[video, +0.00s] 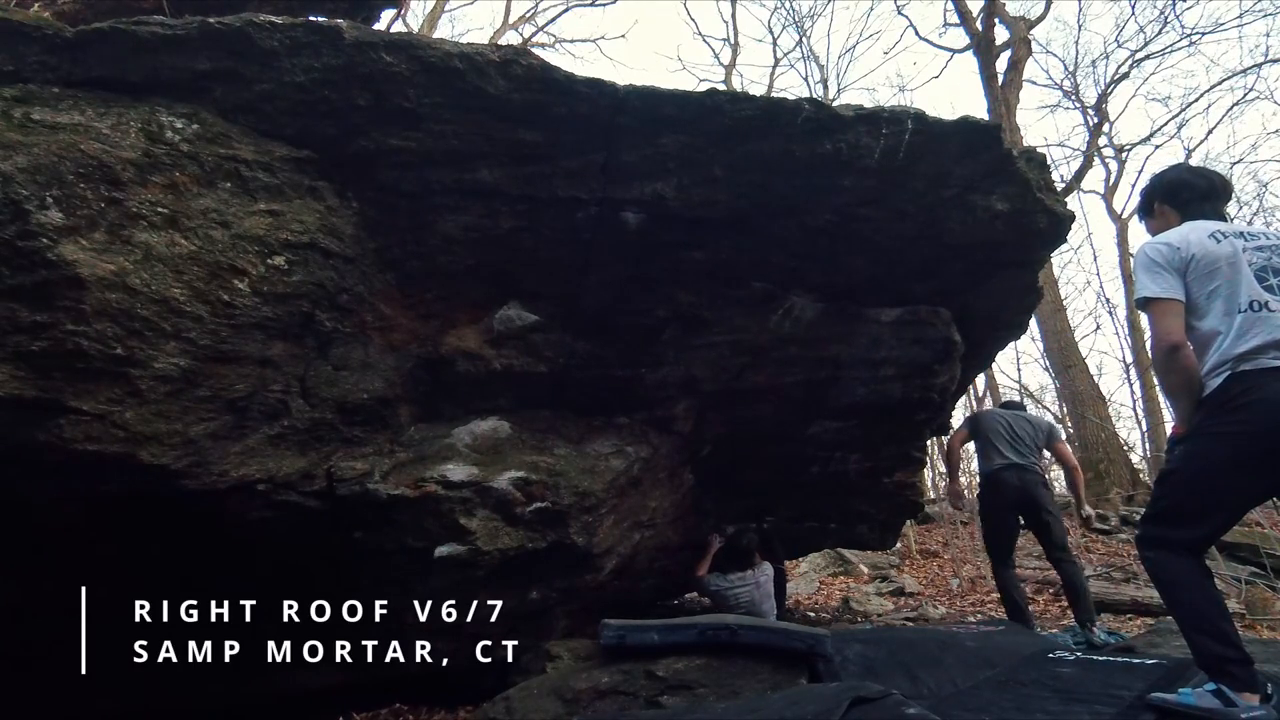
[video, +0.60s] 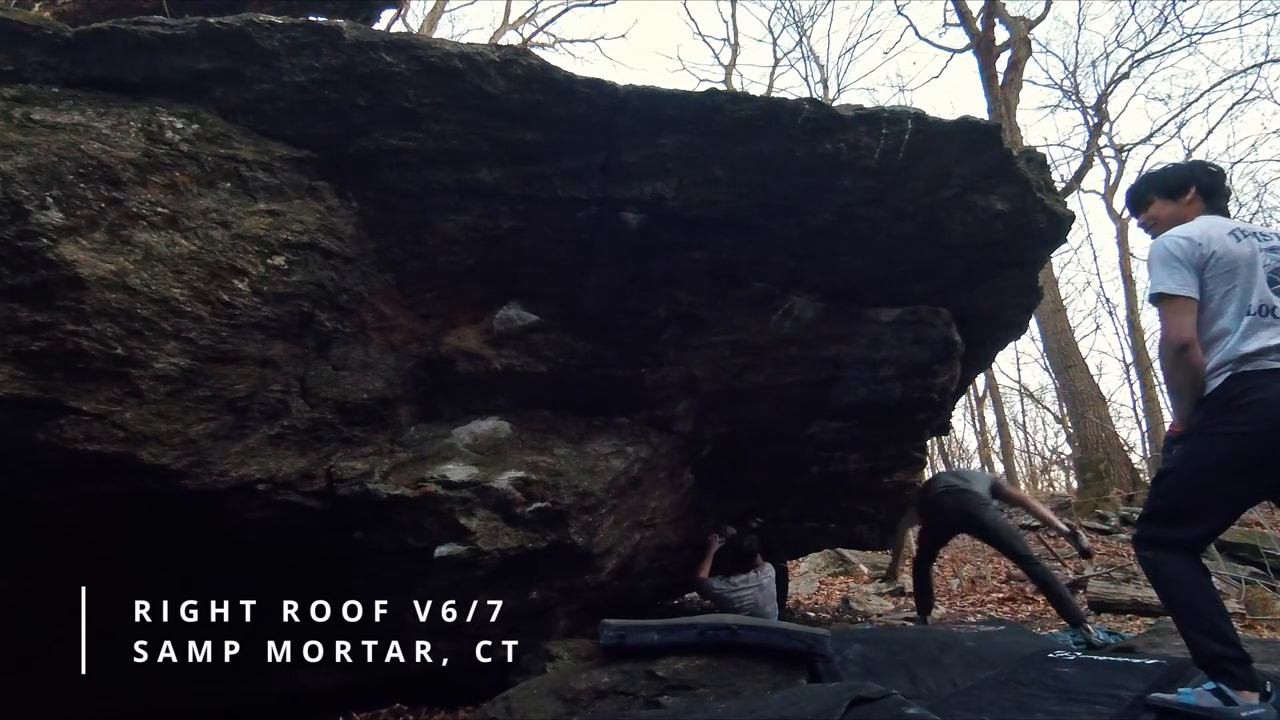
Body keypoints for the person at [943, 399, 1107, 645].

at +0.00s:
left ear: (998, 409)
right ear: (1025, 412)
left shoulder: (981, 417)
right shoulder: (1042, 423)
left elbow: (953, 443)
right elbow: (1072, 464)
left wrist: (953, 483)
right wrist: (1082, 504)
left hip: (995, 491)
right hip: (1035, 487)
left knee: (1002, 565)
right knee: (1061, 556)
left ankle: (1025, 630)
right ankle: (1089, 624)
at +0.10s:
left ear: (1000, 416)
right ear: (1027, 419)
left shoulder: (984, 422)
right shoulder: (1043, 431)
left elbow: (958, 444)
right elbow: (1076, 473)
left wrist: (953, 482)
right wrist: (1079, 516)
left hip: (995, 490)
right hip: (1035, 489)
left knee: (983, 552)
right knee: (1062, 557)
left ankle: (1016, 611)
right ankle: (1087, 625)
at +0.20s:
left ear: (999, 424)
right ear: (1024, 427)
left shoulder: (984, 430)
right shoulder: (1042, 440)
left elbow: (956, 450)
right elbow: (1077, 482)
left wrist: (949, 487)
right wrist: (1075, 525)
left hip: (991, 490)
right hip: (1031, 491)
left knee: (968, 546)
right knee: (1062, 556)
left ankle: (986, 609)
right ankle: (1089, 627)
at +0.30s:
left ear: (993, 431)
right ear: (1015, 434)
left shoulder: (978, 437)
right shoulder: (1036, 446)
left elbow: (947, 460)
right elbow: (1072, 486)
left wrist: (937, 500)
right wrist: (1074, 529)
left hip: (983, 493)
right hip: (1024, 493)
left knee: (955, 555)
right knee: (1060, 559)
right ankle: (1090, 630)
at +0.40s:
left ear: (979, 444)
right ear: (1008, 447)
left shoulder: (965, 449)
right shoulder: (1023, 454)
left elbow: (932, 476)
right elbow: (1059, 492)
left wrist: (924, 511)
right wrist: (1074, 533)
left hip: (971, 499)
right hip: (1010, 498)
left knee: (944, 558)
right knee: (1052, 561)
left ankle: (922, 614)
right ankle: (1088, 628)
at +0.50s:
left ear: (960, 462)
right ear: (995, 462)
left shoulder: (947, 466)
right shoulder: (1006, 468)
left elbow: (918, 495)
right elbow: (1046, 498)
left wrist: (906, 539)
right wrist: (1075, 534)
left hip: (956, 505)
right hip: (995, 502)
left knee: (932, 562)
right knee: (1044, 561)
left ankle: (924, 618)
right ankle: (1087, 627)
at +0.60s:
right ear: (986, 479)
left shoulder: (929, 488)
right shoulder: (988, 480)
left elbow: (903, 525)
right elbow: (1030, 505)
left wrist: (893, 568)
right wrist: (1071, 533)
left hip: (938, 508)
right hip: (973, 504)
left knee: (922, 563)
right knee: (1029, 562)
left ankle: (923, 620)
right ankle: (1084, 627)